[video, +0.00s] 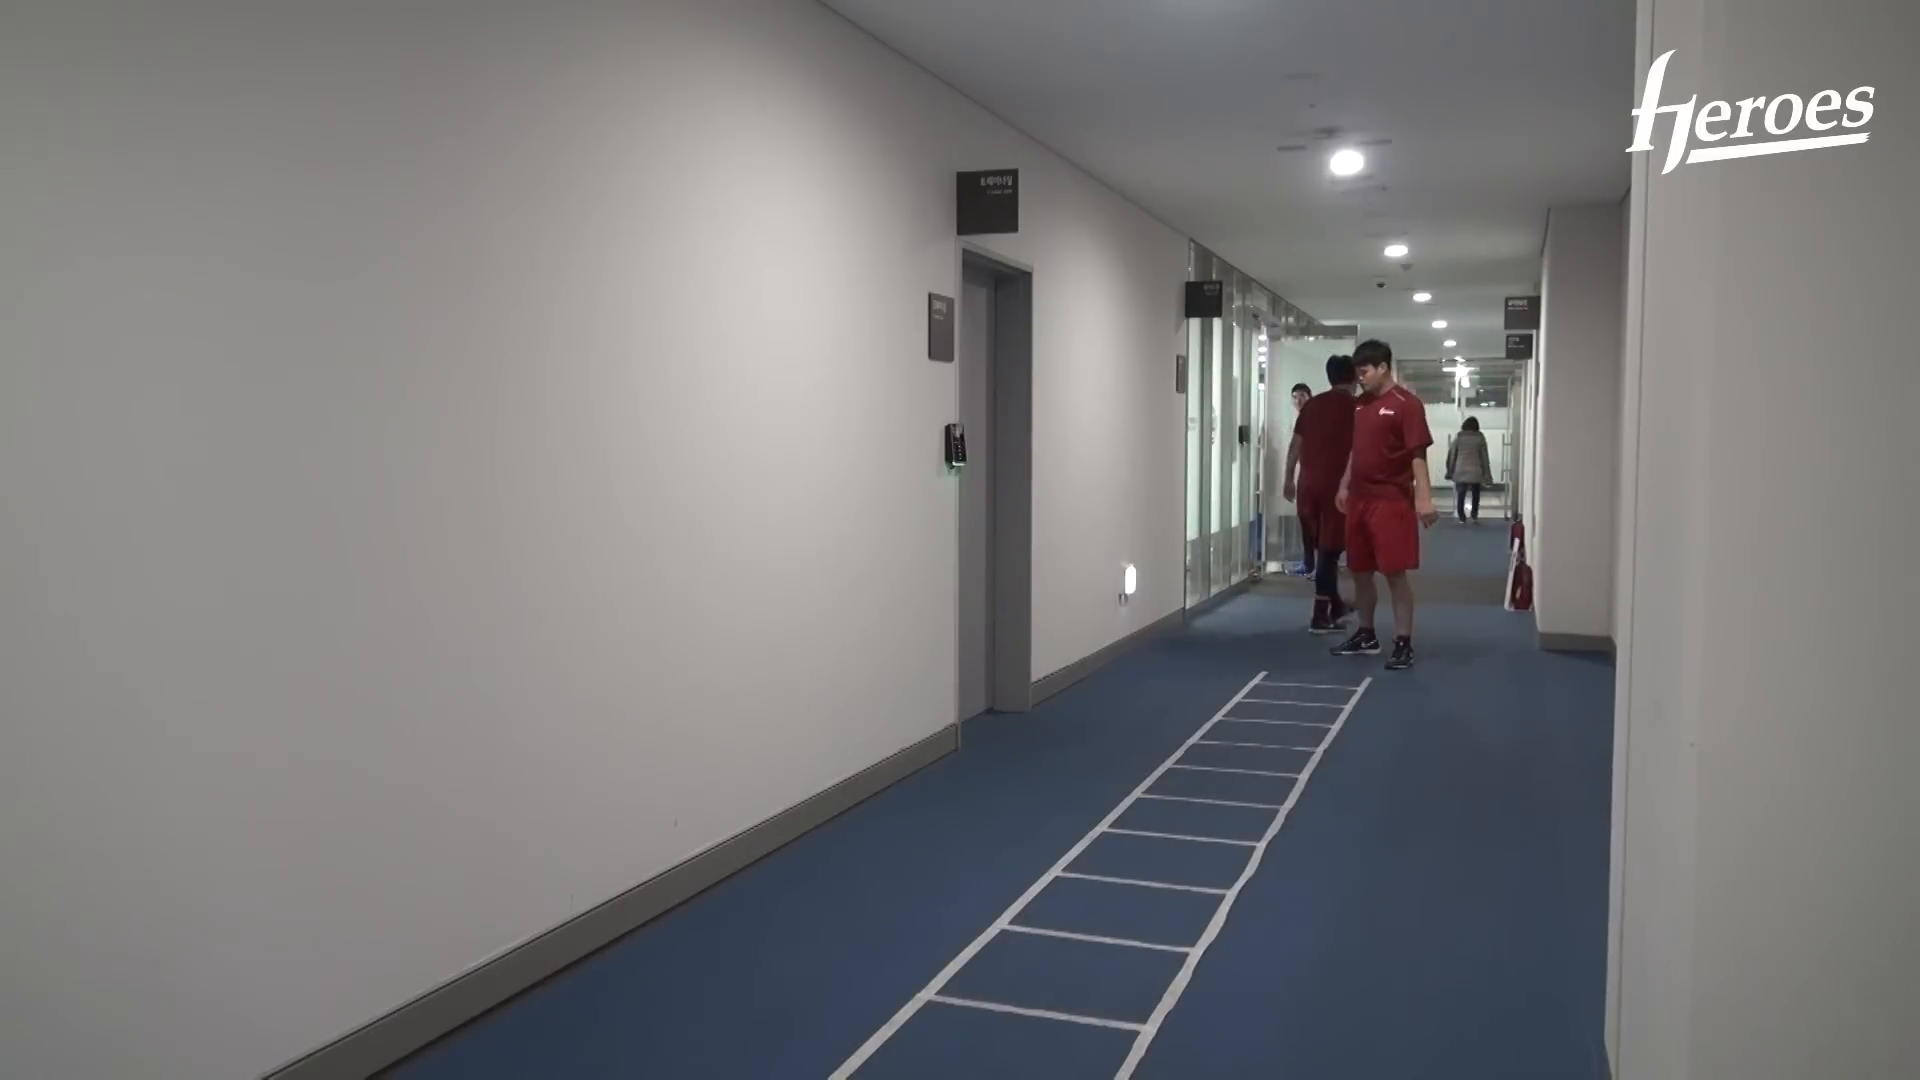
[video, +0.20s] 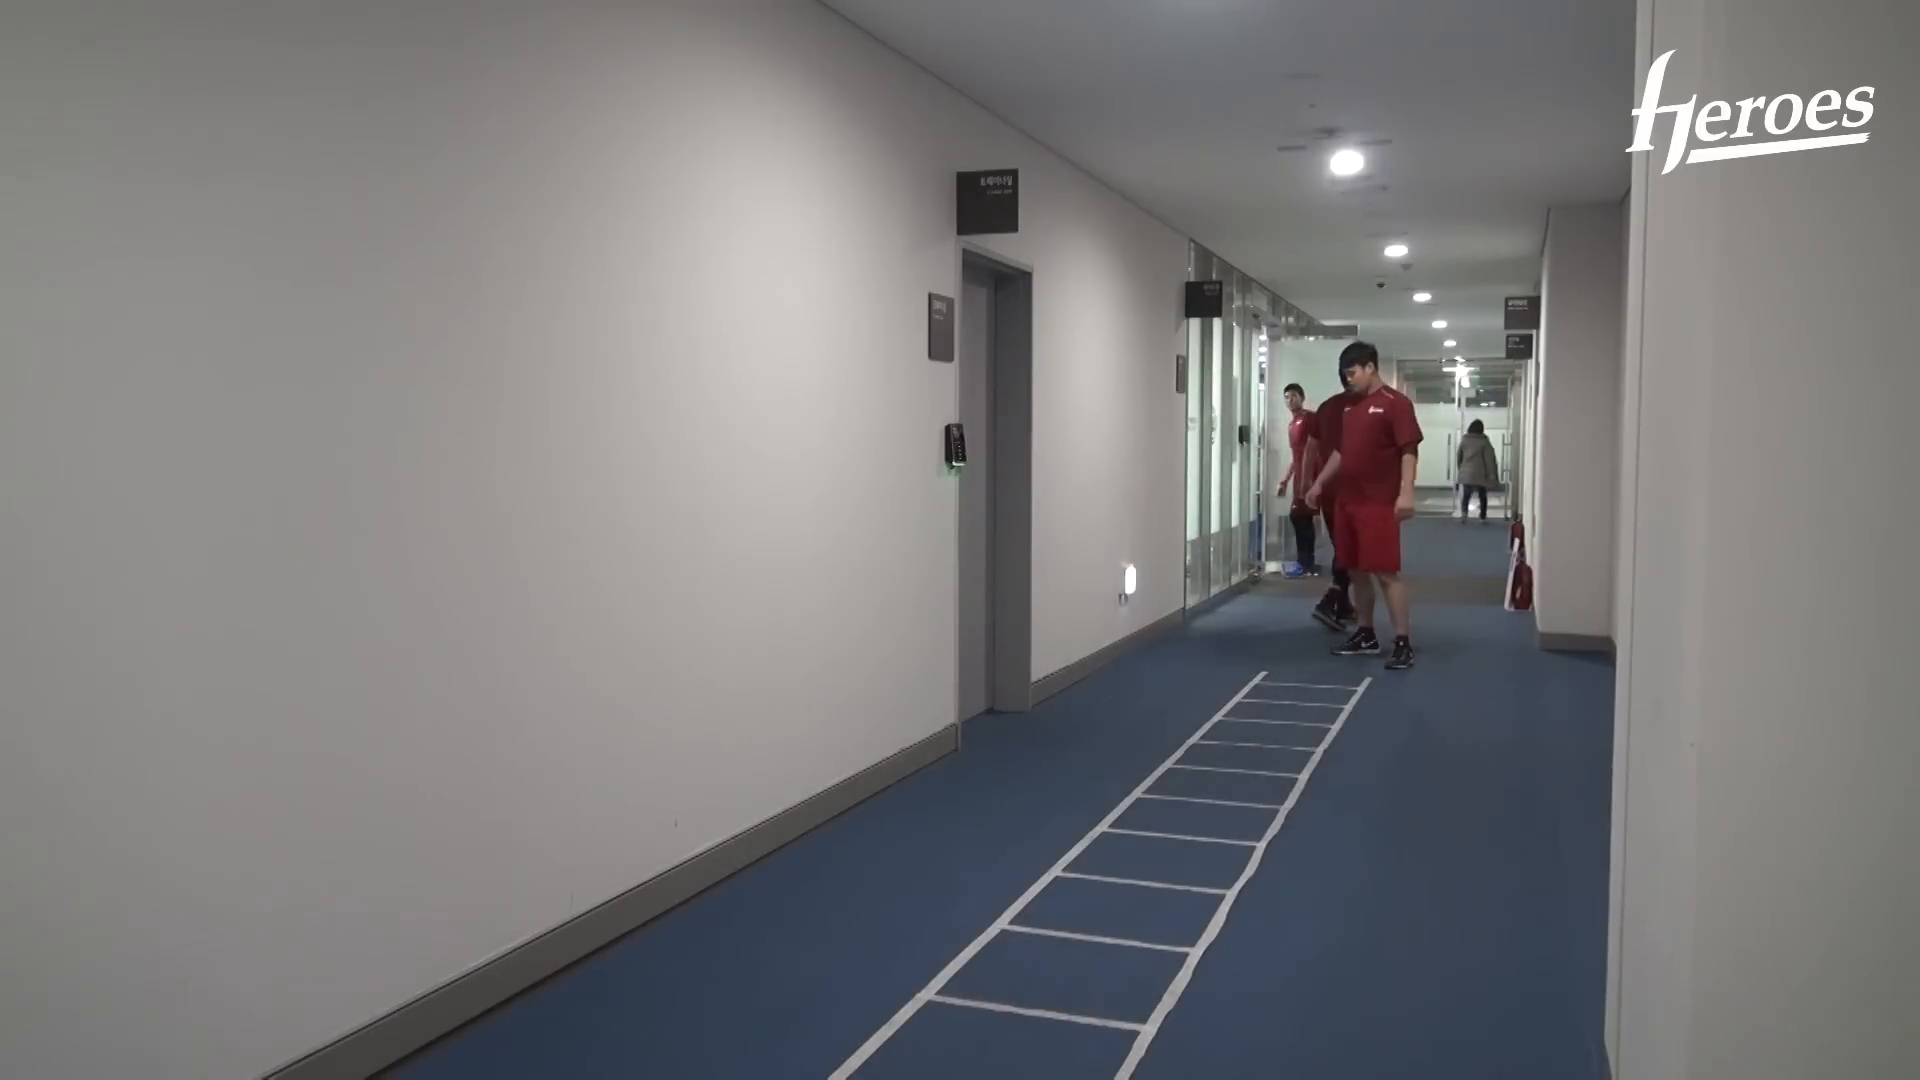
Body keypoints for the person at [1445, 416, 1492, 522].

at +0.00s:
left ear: (1464, 425)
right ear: (1477, 426)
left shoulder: (1459, 437)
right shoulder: (1480, 438)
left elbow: (1452, 455)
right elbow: (1484, 458)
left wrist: (1449, 472)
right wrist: (1487, 475)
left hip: (1461, 469)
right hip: (1475, 469)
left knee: (1461, 494)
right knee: (1476, 495)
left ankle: (1461, 516)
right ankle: (1474, 515)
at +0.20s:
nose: (1482, 429)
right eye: (1482, 428)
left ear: (1470, 427)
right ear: (1481, 428)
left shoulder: (1465, 440)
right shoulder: (1484, 441)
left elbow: (1459, 455)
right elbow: (1490, 459)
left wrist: (1460, 467)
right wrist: (1492, 474)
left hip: (1467, 471)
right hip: (1481, 472)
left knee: (1466, 494)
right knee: (1483, 495)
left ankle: (1464, 514)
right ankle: (1483, 516)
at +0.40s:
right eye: (1486, 425)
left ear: (1474, 424)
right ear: (1486, 425)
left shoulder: (1468, 438)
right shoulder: (1489, 438)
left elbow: (1463, 455)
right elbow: (1495, 456)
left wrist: (1463, 469)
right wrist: (1497, 472)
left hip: (1471, 469)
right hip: (1485, 470)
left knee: (1475, 491)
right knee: (1484, 492)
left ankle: (1475, 511)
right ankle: (1483, 514)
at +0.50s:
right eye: (1487, 425)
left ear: (1475, 425)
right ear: (1487, 426)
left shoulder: (1470, 437)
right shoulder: (1490, 438)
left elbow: (1464, 453)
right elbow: (1496, 456)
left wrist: (1461, 466)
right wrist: (1498, 471)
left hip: (1472, 469)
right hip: (1485, 469)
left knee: (1476, 491)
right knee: (1484, 492)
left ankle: (1479, 513)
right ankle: (1482, 514)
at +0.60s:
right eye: (1486, 426)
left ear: (1476, 426)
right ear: (1487, 427)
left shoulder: (1470, 438)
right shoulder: (1490, 438)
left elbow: (1464, 454)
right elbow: (1495, 455)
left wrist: (1460, 468)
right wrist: (1497, 469)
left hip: (1473, 468)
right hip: (1486, 468)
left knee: (1477, 490)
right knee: (1484, 490)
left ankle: (1480, 512)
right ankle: (1483, 513)